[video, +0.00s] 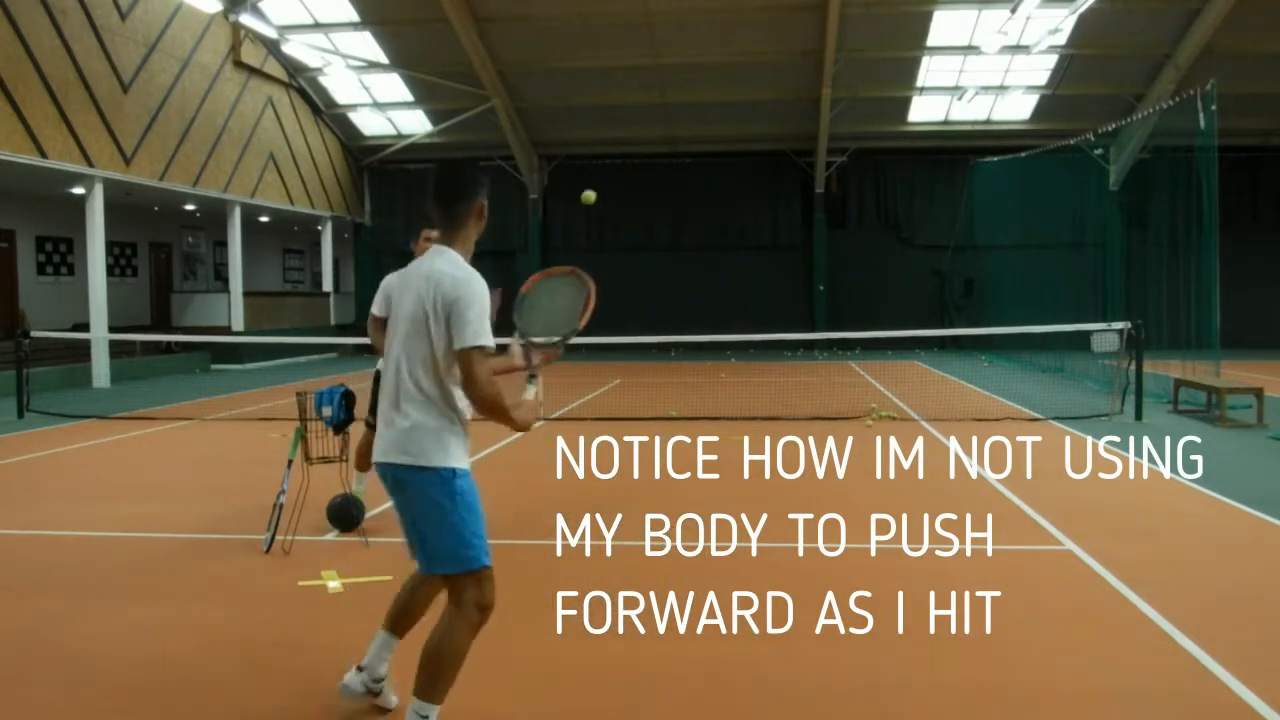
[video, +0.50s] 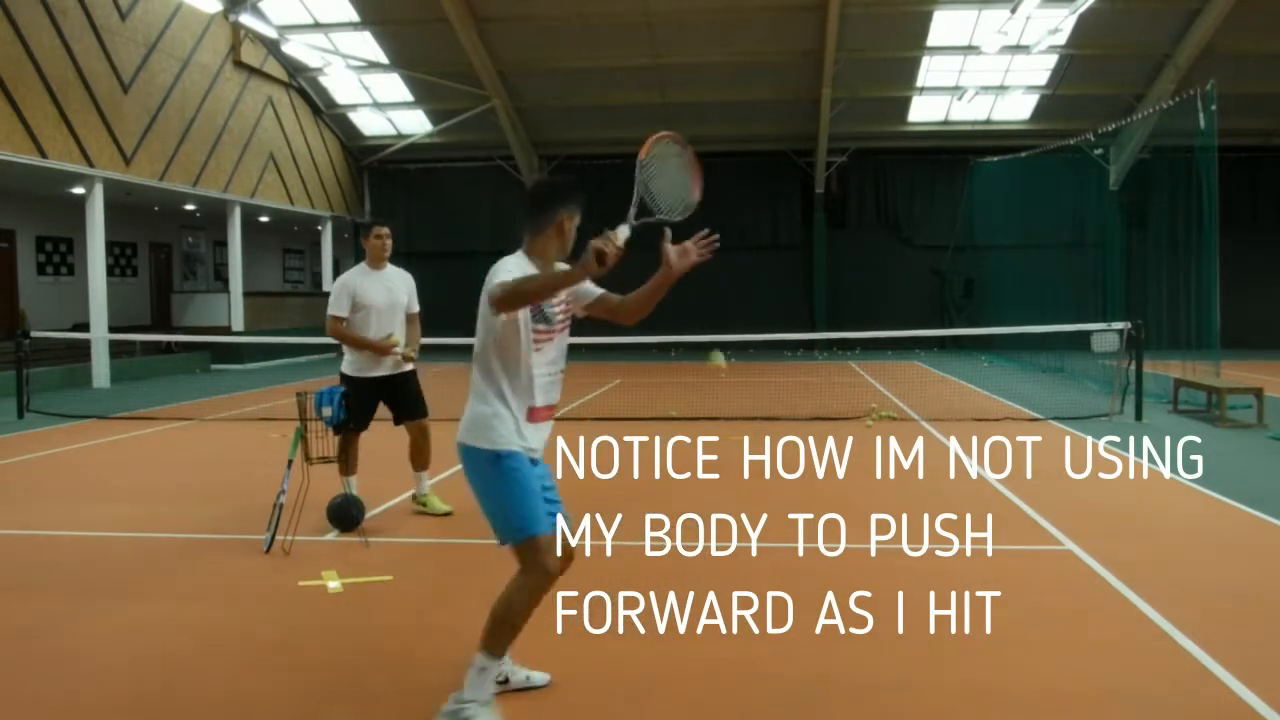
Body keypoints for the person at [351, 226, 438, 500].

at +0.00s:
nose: (432, 247)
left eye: (438, 242)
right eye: (427, 240)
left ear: (444, 248)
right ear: (414, 246)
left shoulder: (445, 284)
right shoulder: (394, 280)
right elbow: (375, 328)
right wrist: (396, 354)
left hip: (430, 372)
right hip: (391, 370)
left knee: (446, 428)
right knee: (374, 430)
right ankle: (357, 488)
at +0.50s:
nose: (385, 242)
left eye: (388, 238)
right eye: (378, 238)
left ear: (392, 243)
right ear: (365, 242)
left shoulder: (404, 279)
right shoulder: (348, 282)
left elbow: (413, 320)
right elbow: (334, 327)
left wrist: (412, 348)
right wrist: (373, 345)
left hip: (400, 371)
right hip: (359, 374)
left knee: (420, 426)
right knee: (350, 434)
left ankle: (422, 492)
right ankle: (349, 497)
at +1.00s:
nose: (384, 241)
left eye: (387, 236)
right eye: (377, 236)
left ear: (390, 241)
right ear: (362, 240)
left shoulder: (401, 276)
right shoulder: (346, 280)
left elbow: (412, 315)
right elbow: (332, 326)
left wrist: (429, 346)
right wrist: (366, 345)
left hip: (398, 370)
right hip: (360, 373)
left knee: (406, 428)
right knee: (352, 434)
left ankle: (413, 493)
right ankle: (350, 498)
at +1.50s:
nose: (394, 243)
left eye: (393, 237)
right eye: (389, 237)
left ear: (382, 241)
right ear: (372, 239)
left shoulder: (395, 276)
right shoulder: (346, 279)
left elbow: (404, 315)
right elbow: (331, 326)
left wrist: (425, 347)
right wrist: (367, 347)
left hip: (397, 370)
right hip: (360, 373)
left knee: (405, 429)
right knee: (351, 434)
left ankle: (413, 492)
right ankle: (350, 498)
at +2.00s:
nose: (395, 247)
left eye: (394, 241)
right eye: (393, 241)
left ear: (379, 242)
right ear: (381, 242)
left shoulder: (391, 277)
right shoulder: (347, 278)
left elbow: (401, 318)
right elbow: (329, 325)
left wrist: (437, 334)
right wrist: (366, 348)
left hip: (397, 371)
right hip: (360, 375)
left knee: (412, 429)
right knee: (353, 437)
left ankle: (413, 492)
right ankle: (351, 502)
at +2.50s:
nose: (439, 264)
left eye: (442, 258)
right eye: (432, 258)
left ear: (446, 262)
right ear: (418, 260)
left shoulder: (448, 294)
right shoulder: (390, 292)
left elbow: (451, 342)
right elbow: (365, 329)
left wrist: (469, 379)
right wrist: (385, 362)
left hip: (429, 379)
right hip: (386, 381)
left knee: (450, 436)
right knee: (372, 441)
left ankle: (456, 499)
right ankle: (352, 497)